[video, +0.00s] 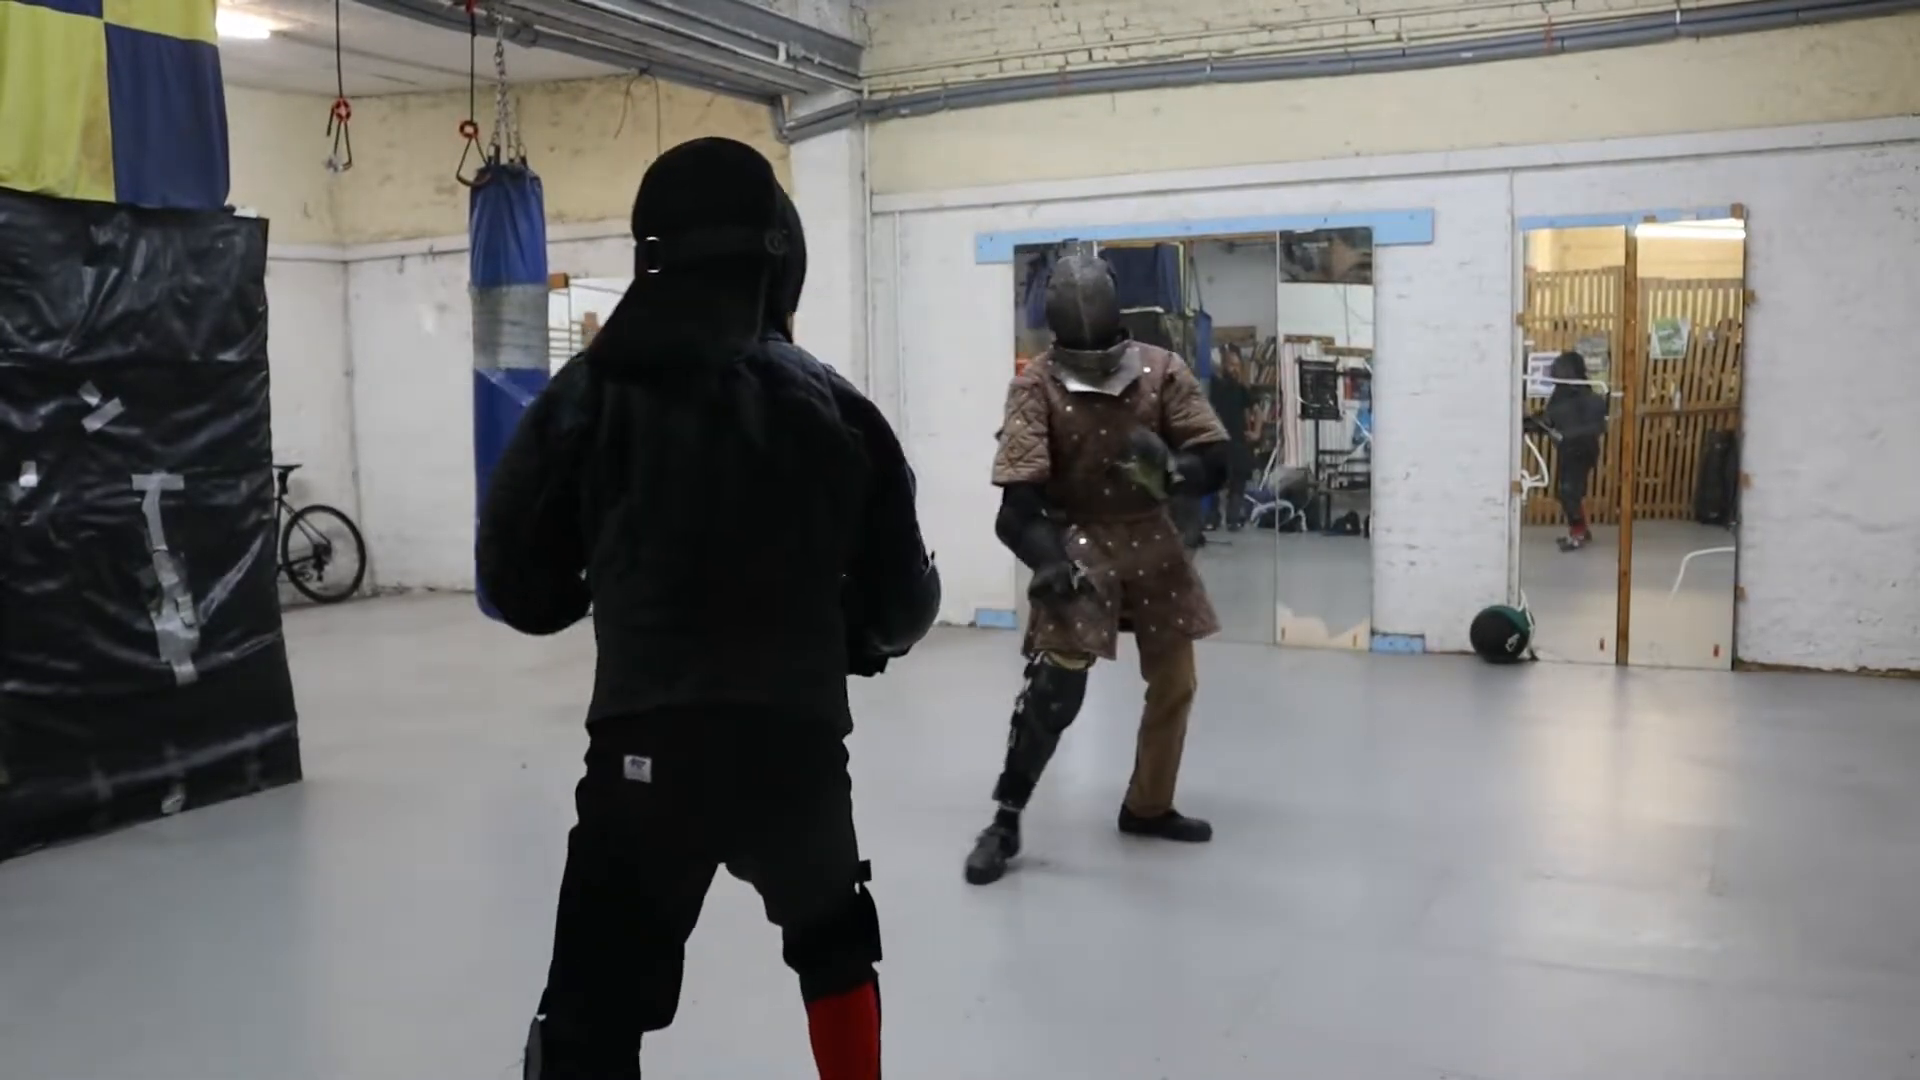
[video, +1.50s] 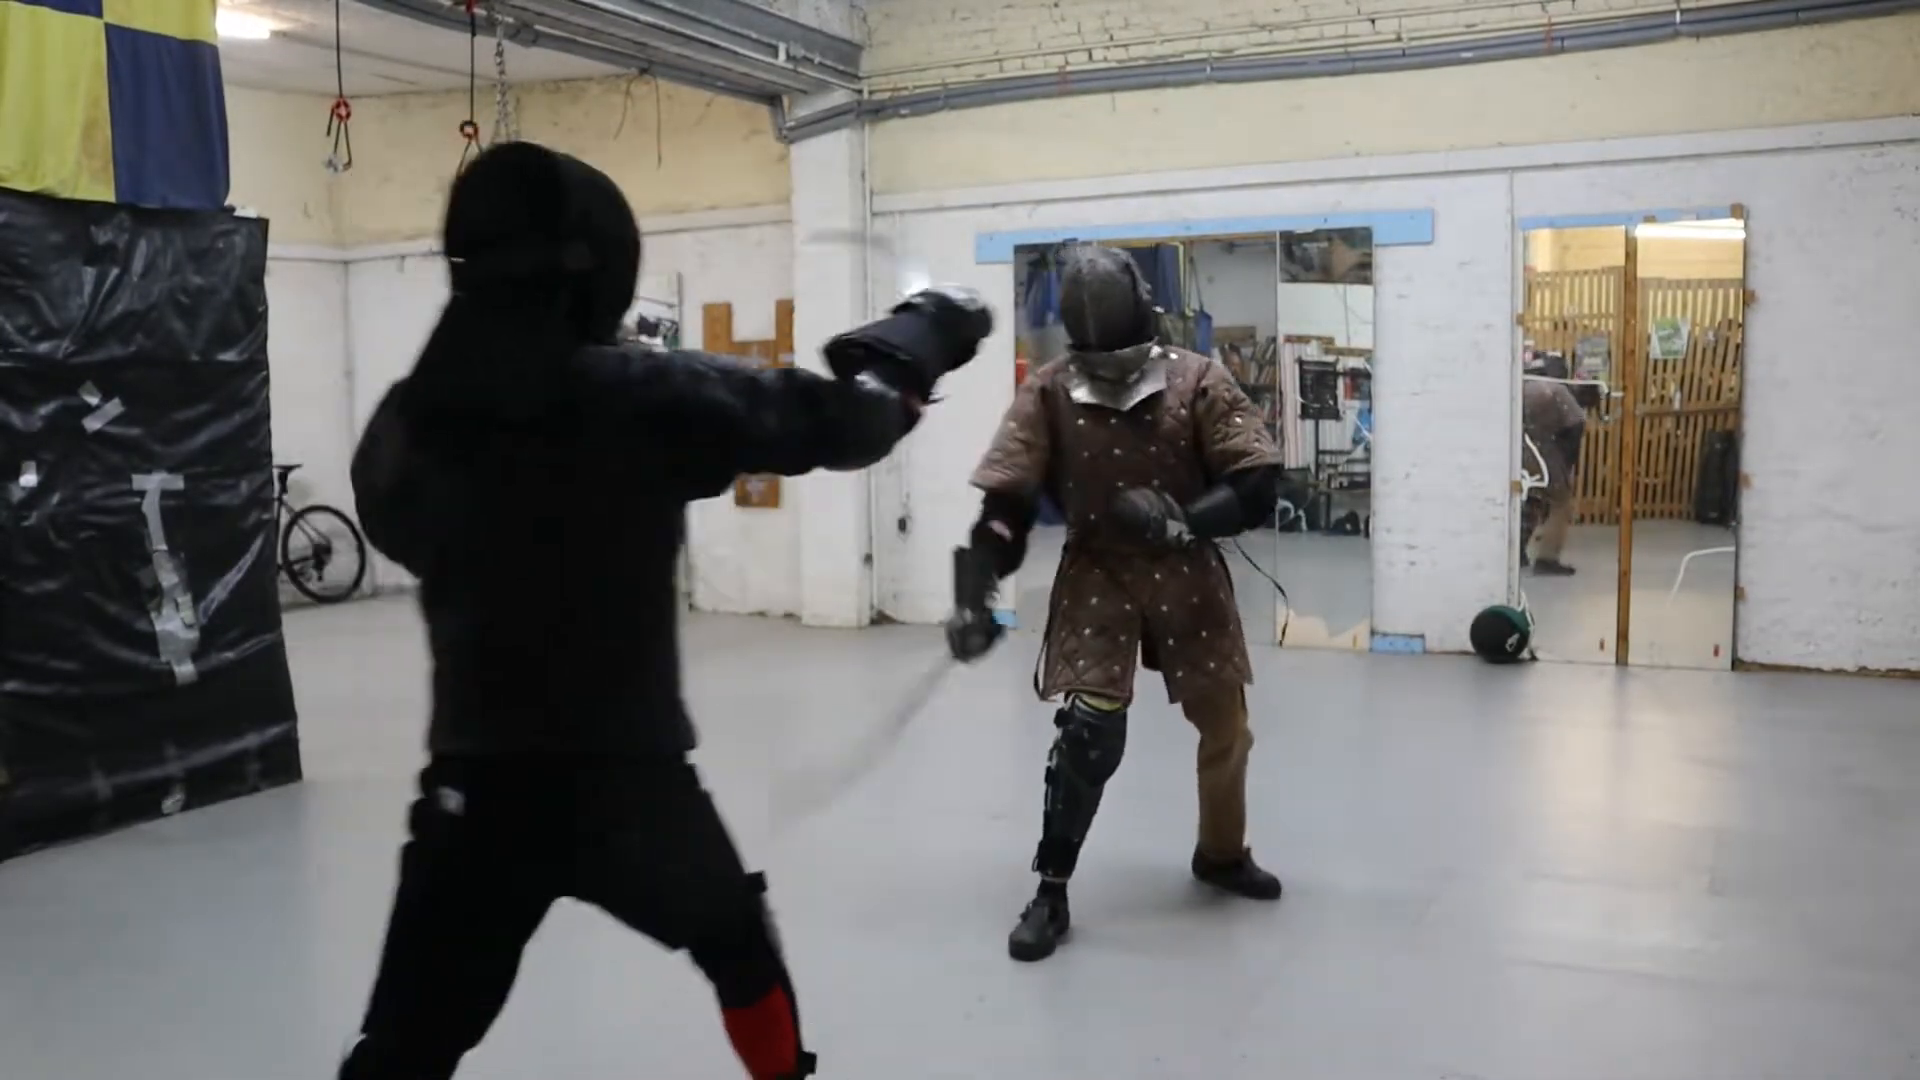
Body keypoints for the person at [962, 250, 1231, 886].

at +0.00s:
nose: (1095, 368)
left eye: (1106, 353)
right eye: (1079, 356)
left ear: (1120, 326)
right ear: (1056, 335)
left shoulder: (1162, 371)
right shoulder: (1036, 390)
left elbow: (1221, 459)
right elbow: (1016, 505)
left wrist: (1175, 470)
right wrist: (1048, 557)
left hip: (1151, 541)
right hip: (1074, 545)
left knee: (1175, 681)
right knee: (1054, 693)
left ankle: (1147, 807)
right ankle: (1005, 823)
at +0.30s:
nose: (1121, 360)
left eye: (1133, 346)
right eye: (1107, 347)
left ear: (1156, 324)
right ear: (1088, 327)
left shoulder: (1196, 381)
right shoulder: (1058, 382)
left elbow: (1238, 472)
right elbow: (1002, 449)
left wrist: (1171, 475)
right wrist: (951, 444)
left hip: (1170, 550)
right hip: (1092, 549)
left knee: (1180, 694)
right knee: (1095, 688)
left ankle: (1149, 808)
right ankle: (1069, 838)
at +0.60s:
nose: (1115, 381)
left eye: (1128, 367)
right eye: (1102, 366)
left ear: (1150, 345)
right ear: (1080, 344)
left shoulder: (1184, 400)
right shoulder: (1042, 375)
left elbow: (1226, 504)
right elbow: (948, 351)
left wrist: (1158, 503)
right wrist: (896, 310)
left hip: (1156, 566)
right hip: (1073, 564)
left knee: (1213, 707)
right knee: (1079, 726)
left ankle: (1202, 792)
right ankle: (1053, 884)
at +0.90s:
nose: (1121, 370)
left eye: (1135, 355)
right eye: (1106, 355)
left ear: (1156, 336)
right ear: (1084, 336)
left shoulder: (1189, 392)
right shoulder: (1052, 378)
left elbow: (1236, 495)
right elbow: (985, 434)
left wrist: (1183, 514)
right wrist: (1057, 470)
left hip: (1164, 568)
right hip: (1082, 563)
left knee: (1218, 710)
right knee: (1083, 725)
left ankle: (1211, 842)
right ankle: (1052, 886)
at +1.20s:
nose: (1085, 336)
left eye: (1095, 317)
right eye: (1069, 324)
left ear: (1118, 317)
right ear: (1046, 335)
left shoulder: (1171, 377)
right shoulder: (1034, 405)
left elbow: (1234, 476)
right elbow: (983, 423)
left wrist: (1164, 510)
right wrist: (1026, 348)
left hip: (1176, 562)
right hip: (1086, 570)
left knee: (1226, 707)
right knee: (1087, 734)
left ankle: (1225, 822)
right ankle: (1055, 890)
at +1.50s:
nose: (1108, 370)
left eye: (1122, 353)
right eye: (1092, 356)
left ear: (1146, 325)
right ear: (1071, 336)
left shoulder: (1198, 383)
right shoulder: (1047, 395)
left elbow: (1261, 485)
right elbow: (1008, 504)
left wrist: (1183, 523)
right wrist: (974, 591)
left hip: (1187, 576)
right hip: (1096, 578)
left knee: (1229, 726)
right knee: (1090, 733)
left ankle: (1221, 856)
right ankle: (1050, 891)